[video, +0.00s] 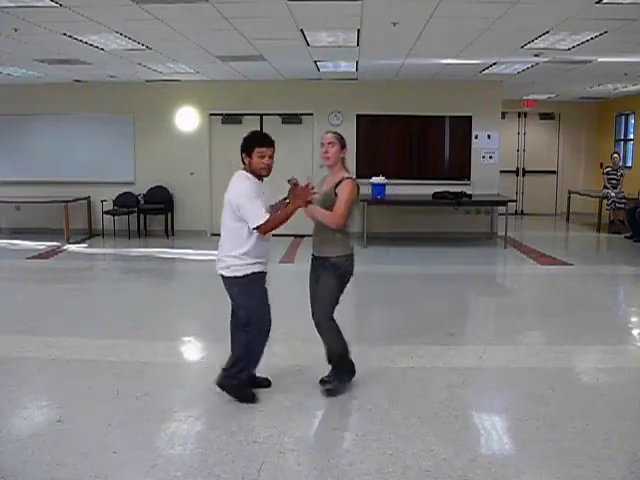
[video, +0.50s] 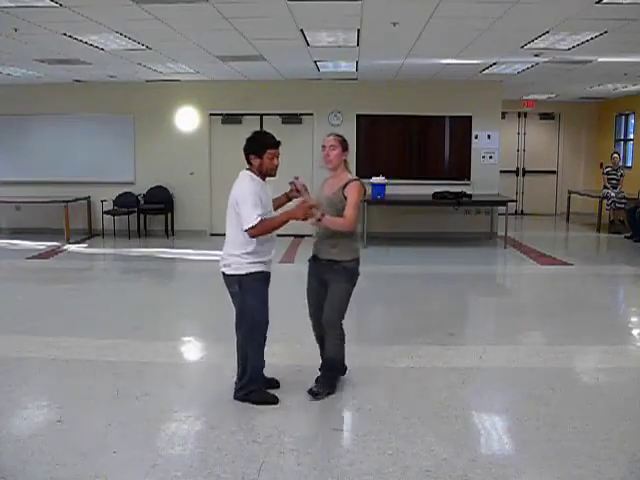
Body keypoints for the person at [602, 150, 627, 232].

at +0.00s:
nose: (615, 160)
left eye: (616, 158)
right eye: (613, 158)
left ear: (619, 160)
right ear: (611, 160)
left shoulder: (621, 171)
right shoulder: (607, 169)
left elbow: (621, 183)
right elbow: (605, 182)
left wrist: (617, 190)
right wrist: (611, 189)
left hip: (617, 188)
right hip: (608, 188)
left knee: (622, 196)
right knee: (612, 196)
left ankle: (621, 217)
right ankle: (611, 217)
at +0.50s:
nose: (615, 160)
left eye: (616, 158)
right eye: (613, 158)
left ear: (619, 160)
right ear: (611, 160)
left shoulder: (621, 171)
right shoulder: (607, 169)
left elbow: (621, 183)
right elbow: (605, 182)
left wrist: (617, 190)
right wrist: (611, 189)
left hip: (617, 188)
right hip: (608, 188)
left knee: (622, 196)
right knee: (612, 196)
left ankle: (621, 217)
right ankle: (611, 217)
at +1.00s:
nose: (615, 160)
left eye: (616, 158)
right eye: (613, 158)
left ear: (619, 160)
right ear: (611, 160)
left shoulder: (621, 170)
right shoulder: (606, 169)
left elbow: (621, 182)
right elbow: (605, 182)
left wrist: (618, 190)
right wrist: (611, 189)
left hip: (617, 188)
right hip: (608, 188)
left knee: (622, 196)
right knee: (611, 196)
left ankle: (621, 217)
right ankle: (611, 216)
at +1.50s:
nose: (615, 160)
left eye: (616, 158)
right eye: (613, 158)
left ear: (619, 160)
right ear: (611, 160)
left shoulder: (621, 170)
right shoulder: (606, 169)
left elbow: (621, 183)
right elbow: (605, 182)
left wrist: (617, 190)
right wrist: (611, 189)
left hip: (617, 188)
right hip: (608, 188)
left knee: (622, 196)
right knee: (611, 196)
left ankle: (621, 216)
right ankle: (611, 216)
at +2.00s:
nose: (615, 160)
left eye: (616, 158)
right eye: (613, 158)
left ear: (619, 159)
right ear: (611, 160)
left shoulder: (621, 170)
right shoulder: (606, 169)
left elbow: (621, 183)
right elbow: (605, 182)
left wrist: (617, 190)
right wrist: (611, 189)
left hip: (617, 188)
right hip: (608, 188)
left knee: (622, 196)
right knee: (611, 196)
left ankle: (621, 216)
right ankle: (611, 216)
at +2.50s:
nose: (615, 160)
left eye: (616, 158)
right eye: (613, 158)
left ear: (619, 160)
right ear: (611, 160)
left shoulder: (621, 170)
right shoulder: (606, 169)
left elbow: (621, 184)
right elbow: (605, 182)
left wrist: (617, 190)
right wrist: (611, 190)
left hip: (617, 188)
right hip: (608, 188)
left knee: (622, 196)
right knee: (611, 196)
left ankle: (621, 216)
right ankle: (611, 215)